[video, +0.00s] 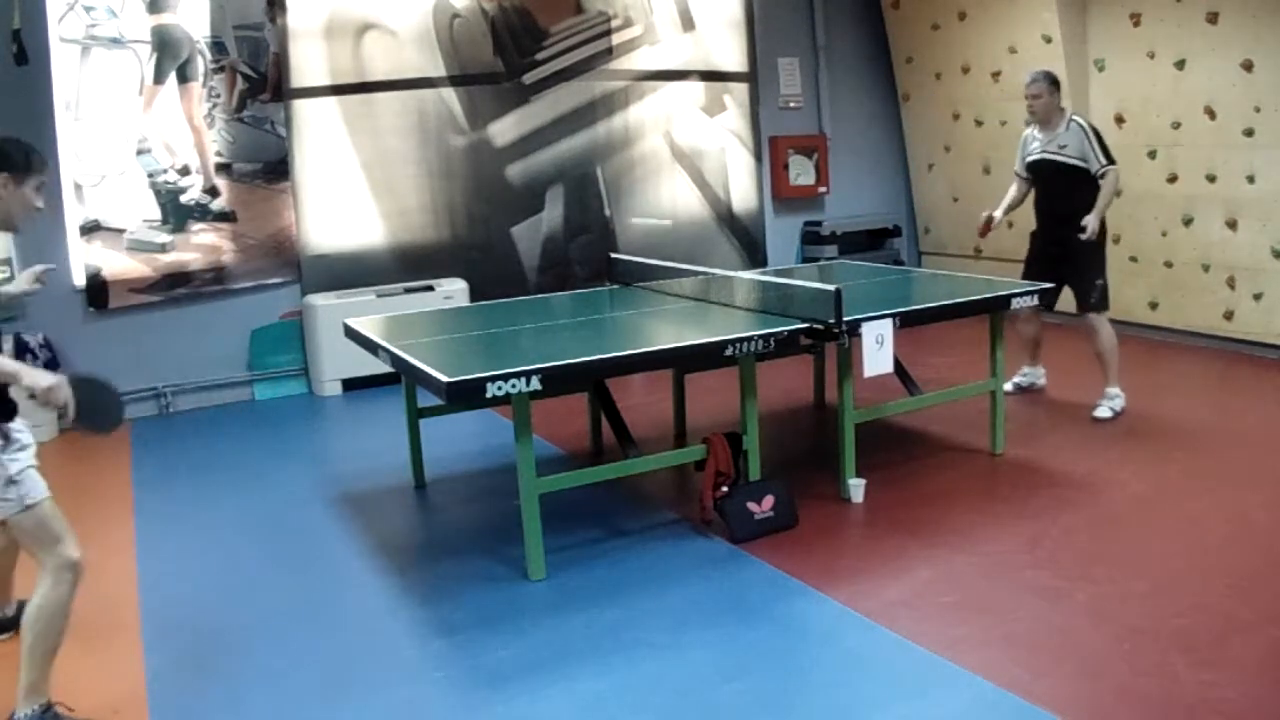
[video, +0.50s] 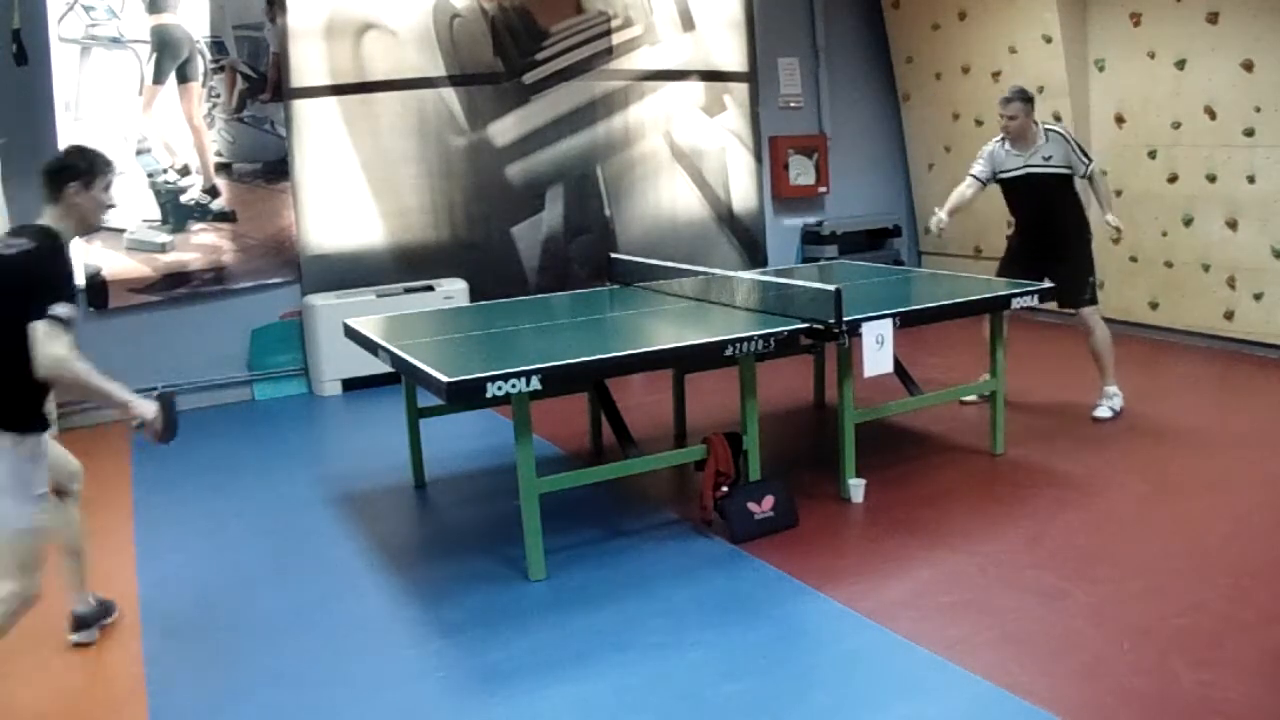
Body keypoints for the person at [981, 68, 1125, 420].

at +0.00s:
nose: (1030, 105)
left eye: (1036, 98)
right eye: (1027, 99)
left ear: (1056, 97)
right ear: (1026, 101)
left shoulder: (1081, 130)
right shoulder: (1030, 137)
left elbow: (1110, 176)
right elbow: (1021, 183)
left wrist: (1096, 214)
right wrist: (999, 212)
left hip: (1084, 238)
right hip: (1046, 237)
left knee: (1093, 315)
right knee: (1025, 308)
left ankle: (1113, 391)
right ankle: (1033, 370)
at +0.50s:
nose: (1004, 125)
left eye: (1011, 119)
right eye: (1001, 118)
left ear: (1030, 117)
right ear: (999, 117)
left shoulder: (1059, 139)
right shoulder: (994, 152)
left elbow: (1092, 173)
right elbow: (970, 185)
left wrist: (1107, 212)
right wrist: (945, 211)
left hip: (1070, 239)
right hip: (1026, 241)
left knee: (1087, 313)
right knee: (996, 305)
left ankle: (1111, 391)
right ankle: (993, 380)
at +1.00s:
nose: (1028, 106)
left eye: (1034, 99)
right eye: (1026, 100)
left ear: (1056, 100)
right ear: (1026, 102)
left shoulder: (1084, 133)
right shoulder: (1028, 138)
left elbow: (1115, 176)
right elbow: (1028, 184)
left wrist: (1116, 220)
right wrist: (1004, 214)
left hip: (1087, 241)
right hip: (1046, 239)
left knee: (1094, 321)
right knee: (1018, 309)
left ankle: (1108, 390)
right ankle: (1013, 379)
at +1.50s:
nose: (1034, 125)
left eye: (1042, 118)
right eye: (1030, 118)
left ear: (1061, 118)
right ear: (1026, 120)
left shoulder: (1089, 144)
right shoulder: (1024, 160)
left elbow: (1120, 178)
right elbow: (1023, 206)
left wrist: (1122, 218)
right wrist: (1032, 244)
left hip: (1095, 246)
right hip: (1053, 248)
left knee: (1100, 316)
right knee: (1021, 313)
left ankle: (1118, 405)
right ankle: (1032, 380)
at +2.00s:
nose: (1090, 153)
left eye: (1100, 147)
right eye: (1086, 144)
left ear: (1119, 148)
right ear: (1081, 142)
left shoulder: (1138, 176)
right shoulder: (1075, 177)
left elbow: (1156, 209)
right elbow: (1054, 225)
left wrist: (1169, 249)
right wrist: (1053, 267)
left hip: (1119, 258)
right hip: (1076, 253)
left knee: (1121, 330)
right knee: (1039, 323)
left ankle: (1119, 420)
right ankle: (1031, 376)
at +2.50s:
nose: (1023, 106)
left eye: (1030, 98)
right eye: (1021, 99)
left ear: (1054, 101)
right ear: (1024, 102)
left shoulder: (1083, 140)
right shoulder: (1021, 139)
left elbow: (1113, 186)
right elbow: (1008, 179)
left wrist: (1119, 231)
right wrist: (992, 208)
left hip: (1081, 250)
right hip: (1039, 248)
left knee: (1092, 326)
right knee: (1021, 319)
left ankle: (1116, 413)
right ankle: (1024, 385)